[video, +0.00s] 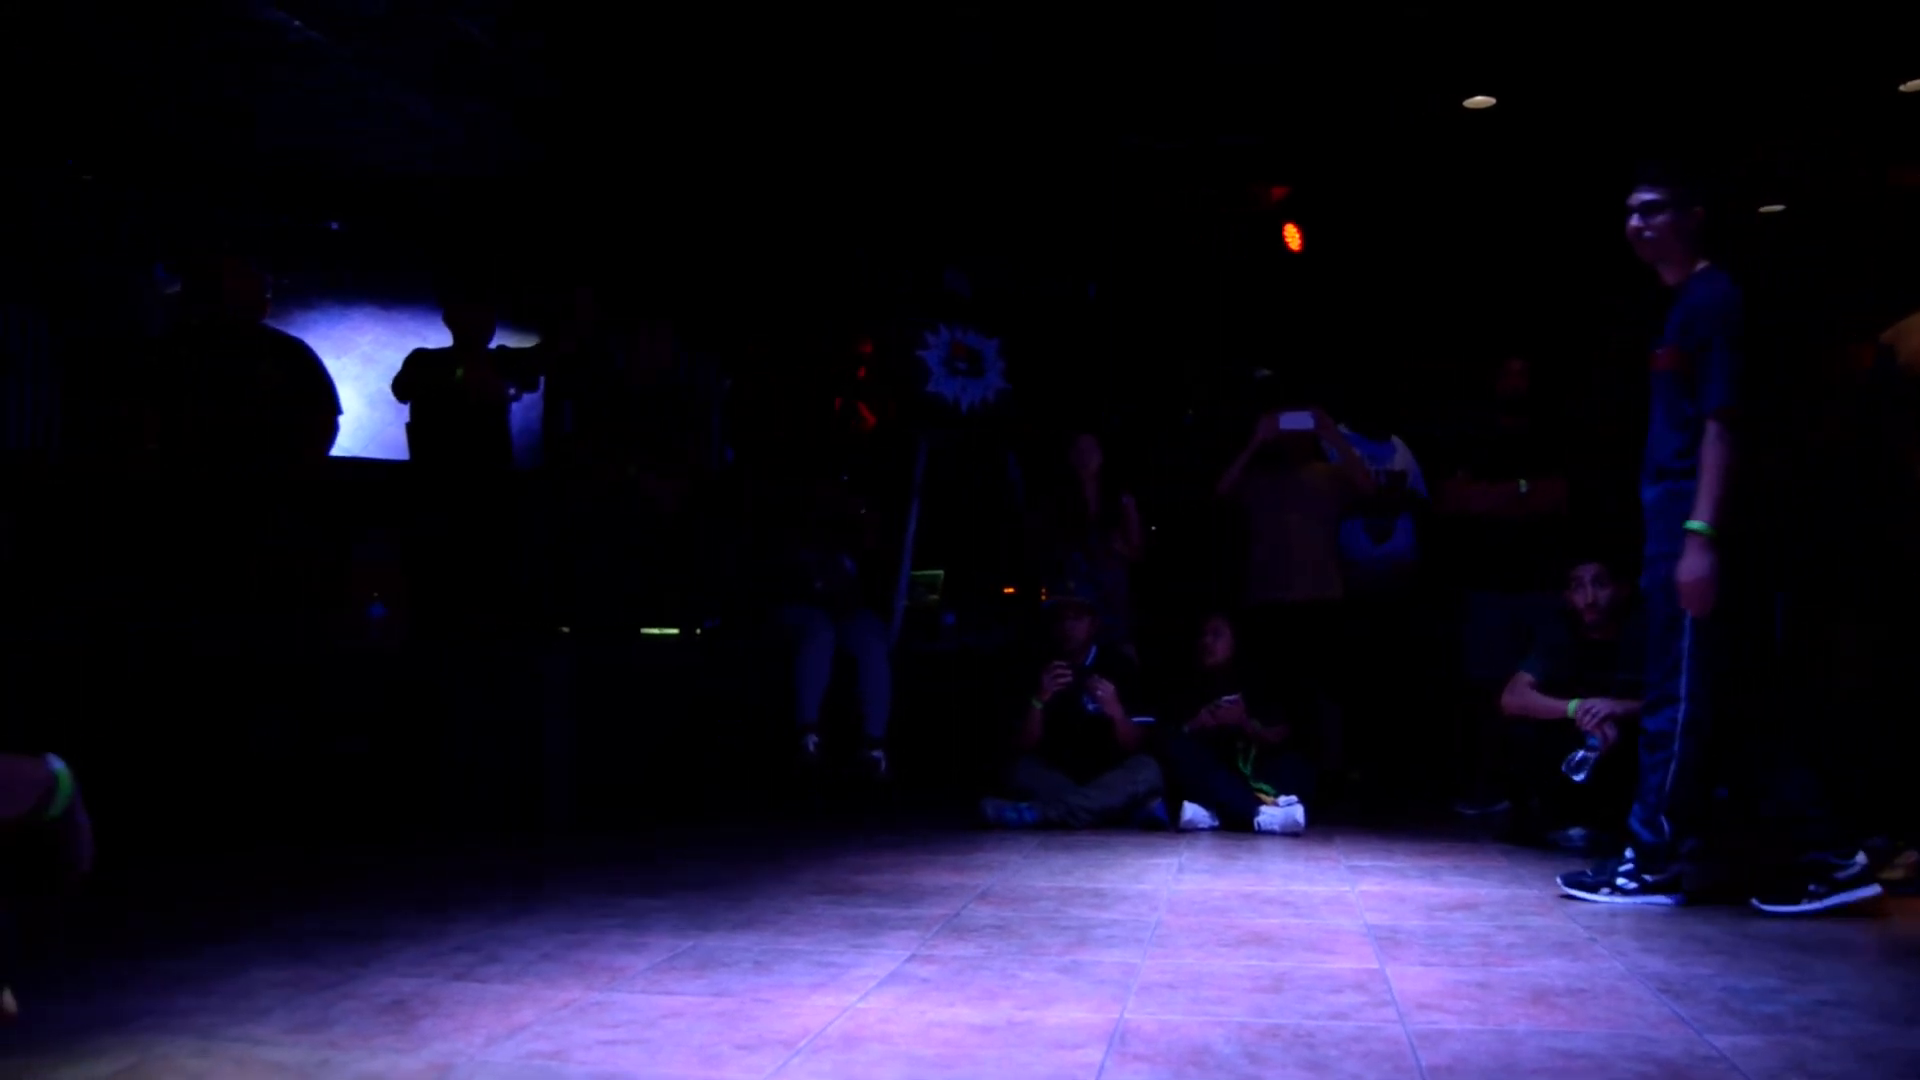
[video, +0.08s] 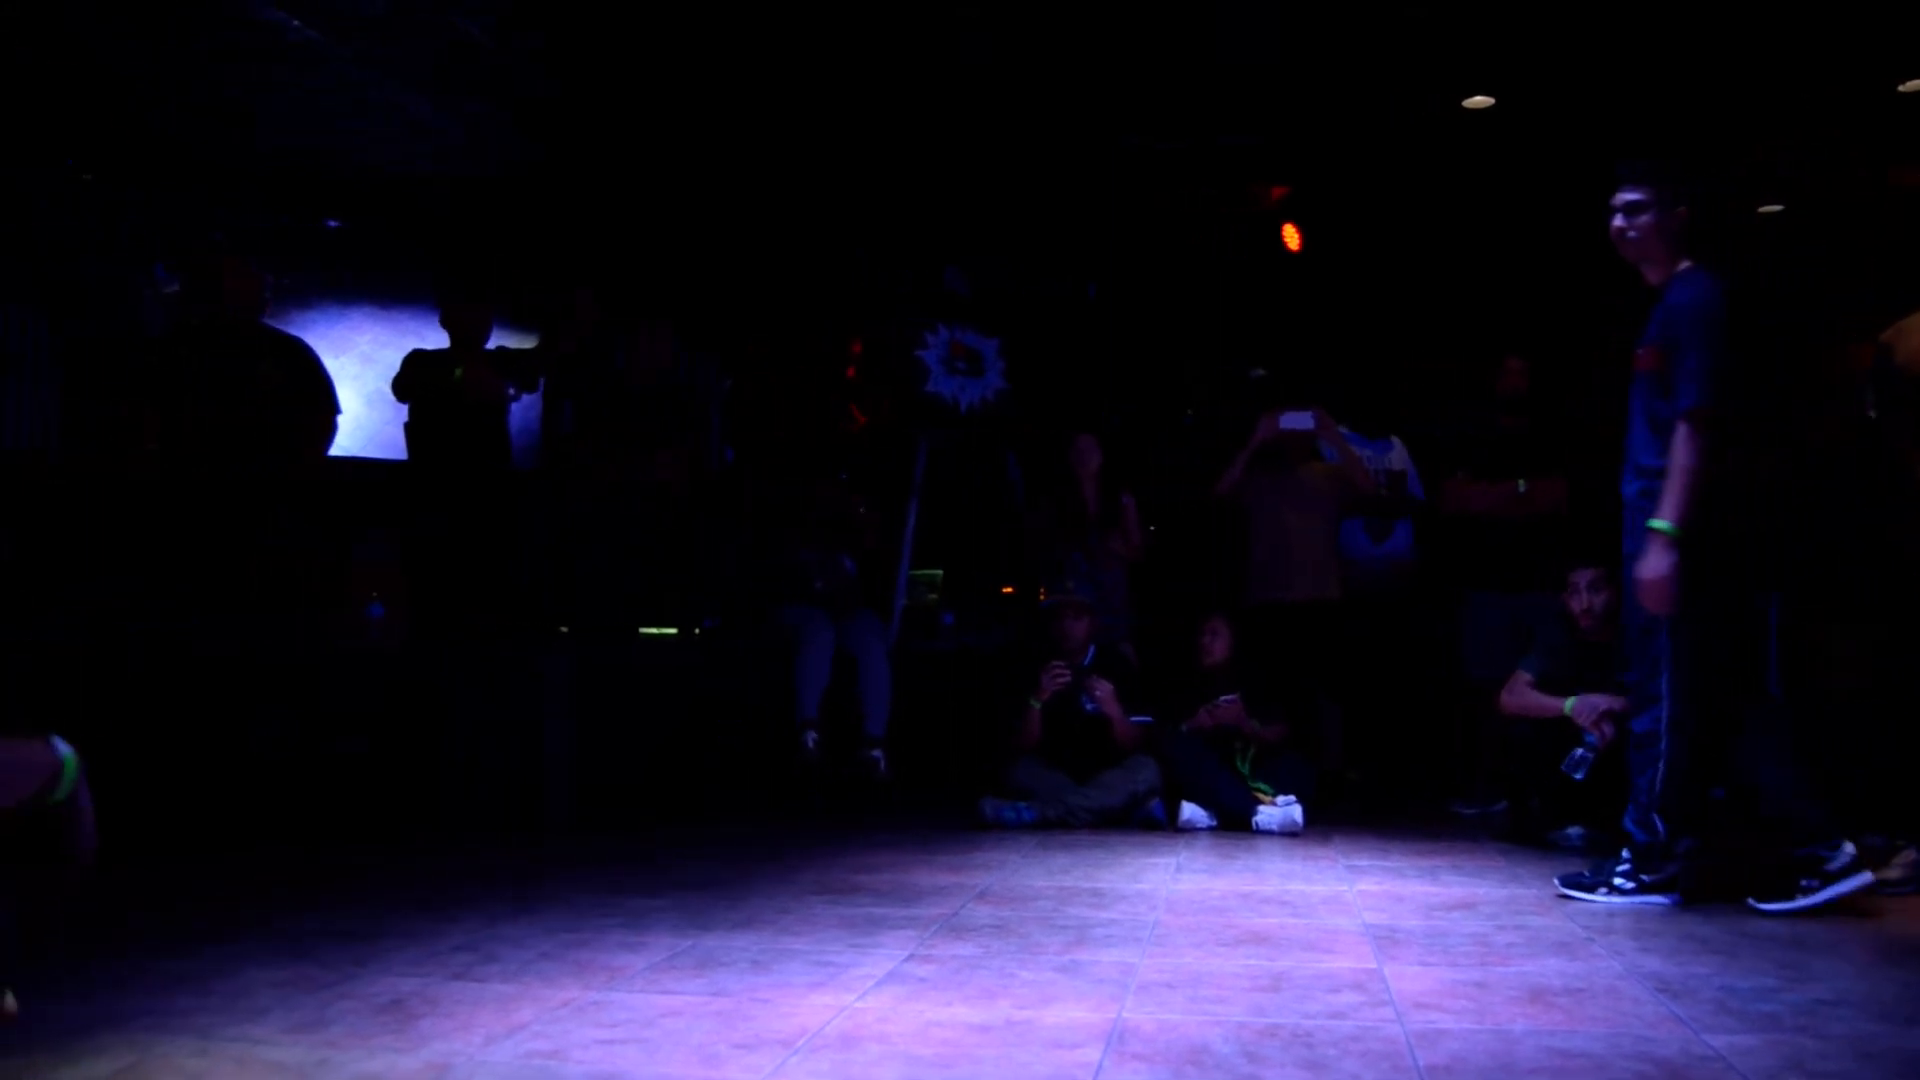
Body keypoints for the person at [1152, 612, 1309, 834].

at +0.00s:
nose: (1208, 642)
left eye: (1216, 634)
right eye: (1203, 635)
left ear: (1233, 639)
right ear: (1197, 641)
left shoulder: (1254, 680)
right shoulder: (1188, 682)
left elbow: (1278, 735)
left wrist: (1242, 721)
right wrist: (1199, 723)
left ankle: (1217, 814)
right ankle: (1258, 813)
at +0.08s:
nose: (1205, 642)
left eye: (1214, 634)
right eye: (1202, 635)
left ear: (1232, 639)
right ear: (1196, 640)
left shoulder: (1253, 680)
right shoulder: (1188, 682)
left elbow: (1278, 733)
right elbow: (1171, 728)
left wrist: (1241, 721)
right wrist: (1198, 723)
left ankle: (1215, 813)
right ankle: (1256, 813)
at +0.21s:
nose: (1201, 640)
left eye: (1210, 632)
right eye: (1198, 633)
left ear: (1227, 637)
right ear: (1191, 637)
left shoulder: (1248, 677)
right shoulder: (1185, 679)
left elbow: (1275, 729)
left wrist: (1237, 719)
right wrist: (1196, 719)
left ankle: (1210, 810)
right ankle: (1252, 810)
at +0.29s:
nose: (1201, 640)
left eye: (1210, 632)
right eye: (1198, 633)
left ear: (1227, 637)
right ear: (1191, 636)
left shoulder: (1247, 677)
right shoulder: (1184, 679)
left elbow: (1275, 729)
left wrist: (1237, 719)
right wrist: (1194, 719)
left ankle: (1210, 810)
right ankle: (1252, 809)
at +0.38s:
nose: (1199, 640)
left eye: (1208, 632)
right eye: (1196, 633)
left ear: (1226, 637)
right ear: (1190, 637)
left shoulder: (1247, 676)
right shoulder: (1184, 679)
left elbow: (1275, 730)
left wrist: (1237, 719)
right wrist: (1195, 719)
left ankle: (1211, 811)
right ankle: (1252, 809)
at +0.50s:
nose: (1203, 642)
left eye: (1211, 634)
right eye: (1199, 634)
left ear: (1227, 638)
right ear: (1191, 639)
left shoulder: (1245, 676)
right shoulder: (1185, 678)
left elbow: (1273, 729)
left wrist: (1237, 717)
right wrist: (1193, 718)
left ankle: (1211, 811)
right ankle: (1251, 809)